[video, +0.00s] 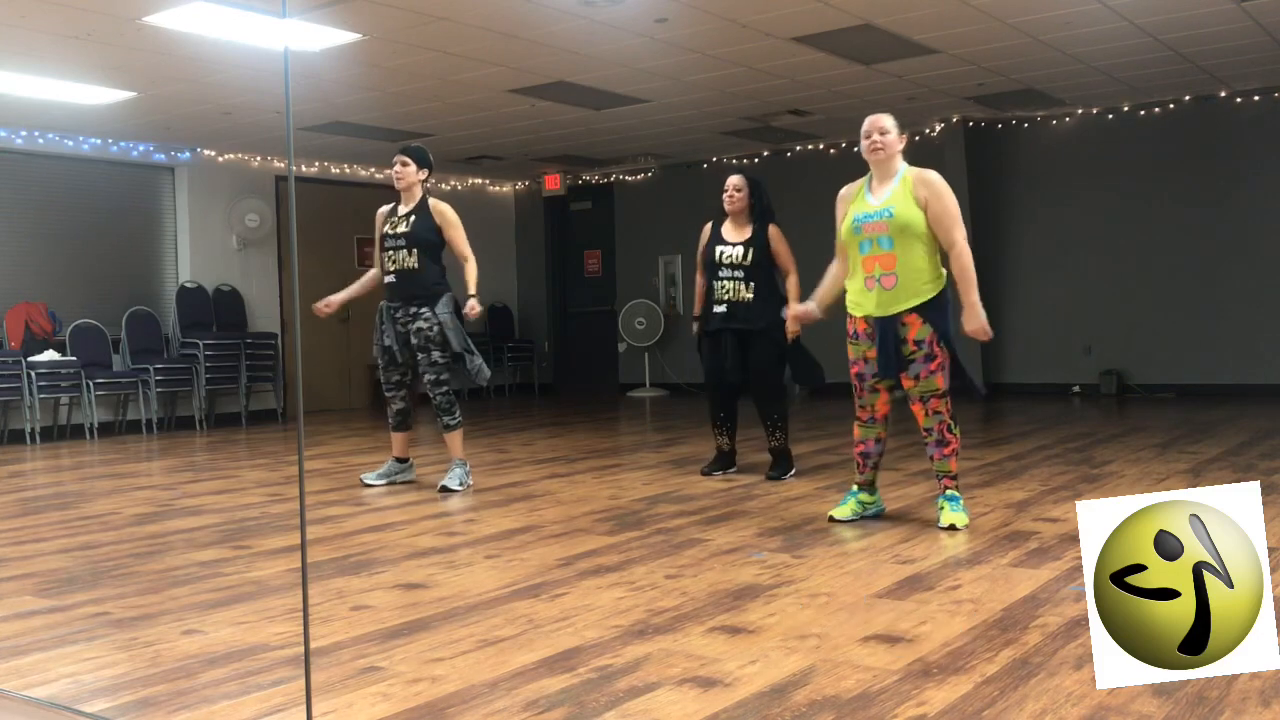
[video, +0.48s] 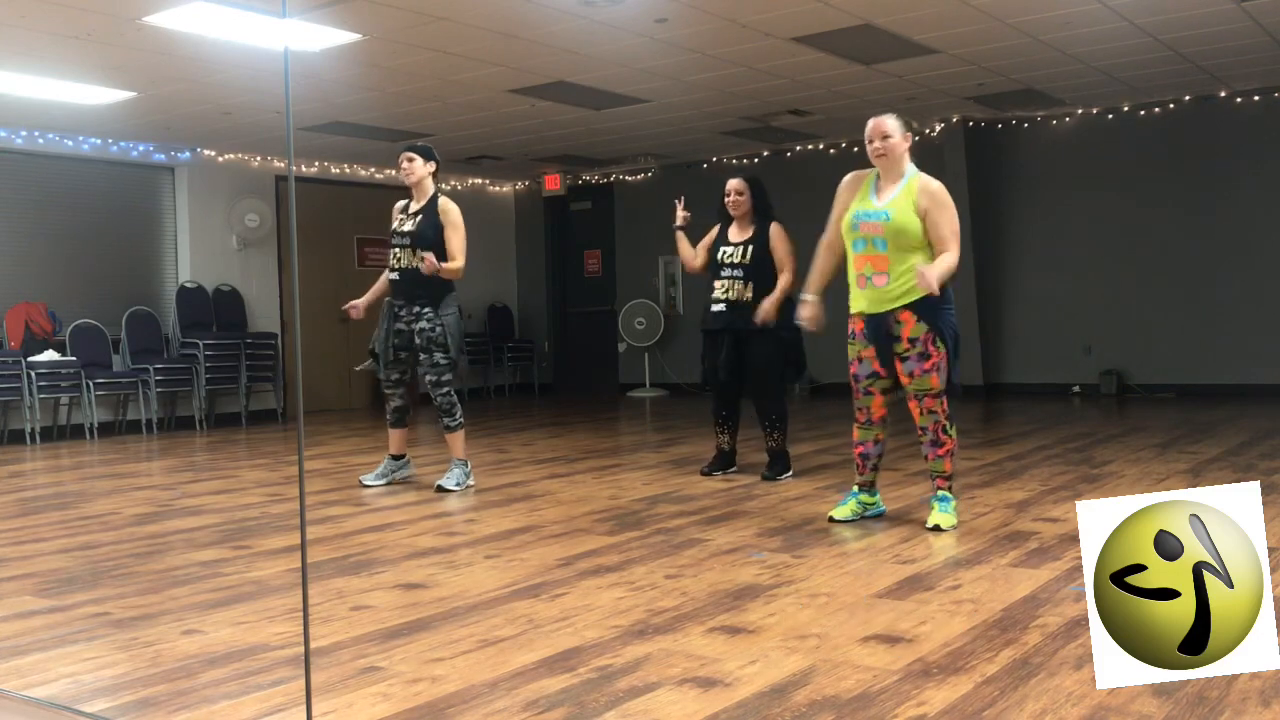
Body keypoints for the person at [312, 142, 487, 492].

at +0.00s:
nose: (395, 170)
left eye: (404, 165)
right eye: (394, 165)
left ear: (423, 173)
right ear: (393, 173)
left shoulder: (439, 211)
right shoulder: (384, 215)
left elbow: (468, 259)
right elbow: (379, 271)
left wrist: (471, 295)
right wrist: (339, 297)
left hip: (430, 313)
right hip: (392, 314)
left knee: (439, 387)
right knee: (394, 389)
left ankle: (459, 466)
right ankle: (400, 463)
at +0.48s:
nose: (403, 167)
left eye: (411, 161)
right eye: (401, 164)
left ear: (431, 167)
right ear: (401, 173)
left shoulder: (446, 208)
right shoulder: (400, 209)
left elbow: (458, 266)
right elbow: (396, 266)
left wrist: (439, 269)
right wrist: (365, 300)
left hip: (433, 311)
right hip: (398, 310)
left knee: (440, 386)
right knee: (393, 384)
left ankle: (460, 466)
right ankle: (397, 461)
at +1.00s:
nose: (413, 168)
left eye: (420, 162)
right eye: (411, 164)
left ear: (441, 168)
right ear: (411, 173)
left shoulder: (455, 208)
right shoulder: (413, 210)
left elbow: (453, 266)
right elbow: (412, 265)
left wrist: (421, 258)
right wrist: (396, 303)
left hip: (438, 310)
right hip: (405, 309)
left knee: (441, 386)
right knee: (396, 383)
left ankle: (460, 466)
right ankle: (393, 461)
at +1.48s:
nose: (394, 168)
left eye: (402, 164)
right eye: (393, 163)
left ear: (421, 173)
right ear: (392, 172)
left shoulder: (437, 207)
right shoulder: (384, 219)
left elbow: (464, 258)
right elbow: (382, 273)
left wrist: (481, 307)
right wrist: (356, 304)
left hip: (431, 310)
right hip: (394, 313)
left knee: (437, 385)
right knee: (397, 387)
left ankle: (460, 464)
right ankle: (400, 463)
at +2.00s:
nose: (402, 166)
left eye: (409, 161)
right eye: (401, 162)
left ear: (430, 169)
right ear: (402, 170)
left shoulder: (444, 205)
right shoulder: (398, 208)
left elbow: (458, 258)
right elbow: (397, 262)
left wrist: (426, 295)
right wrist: (380, 301)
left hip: (434, 308)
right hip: (397, 308)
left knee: (438, 384)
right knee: (383, 379)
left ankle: (459, 465)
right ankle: (394, 458)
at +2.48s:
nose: (389, 168)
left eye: (398, 165)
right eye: (389, 163)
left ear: (415, 176)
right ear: (385, 174)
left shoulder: (432, 210)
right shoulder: (374, 220)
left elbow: (457, 259)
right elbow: (369, 275)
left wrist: (468, 301)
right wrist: (334, 299)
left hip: (428, 311)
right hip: (389, 314)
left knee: (435, 384)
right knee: (392, 388)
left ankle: (458, 462)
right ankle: (400, 463)